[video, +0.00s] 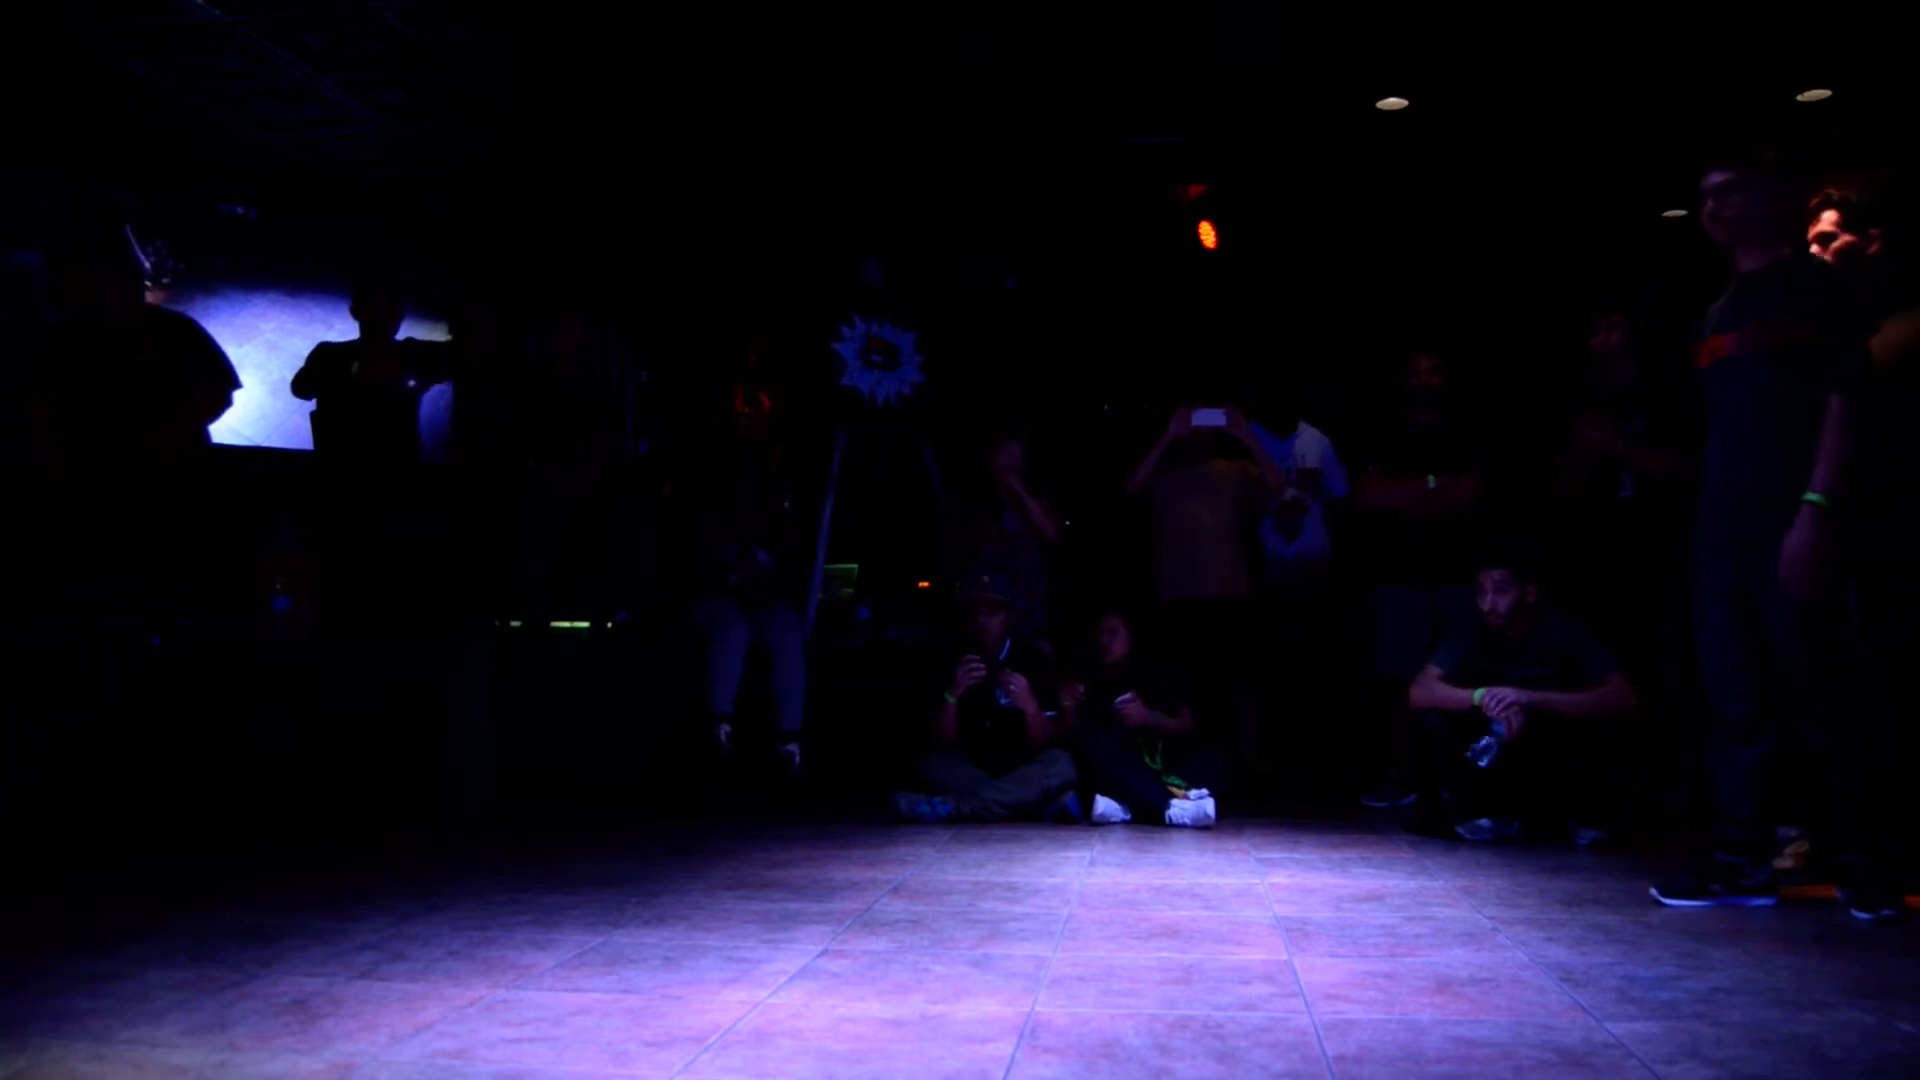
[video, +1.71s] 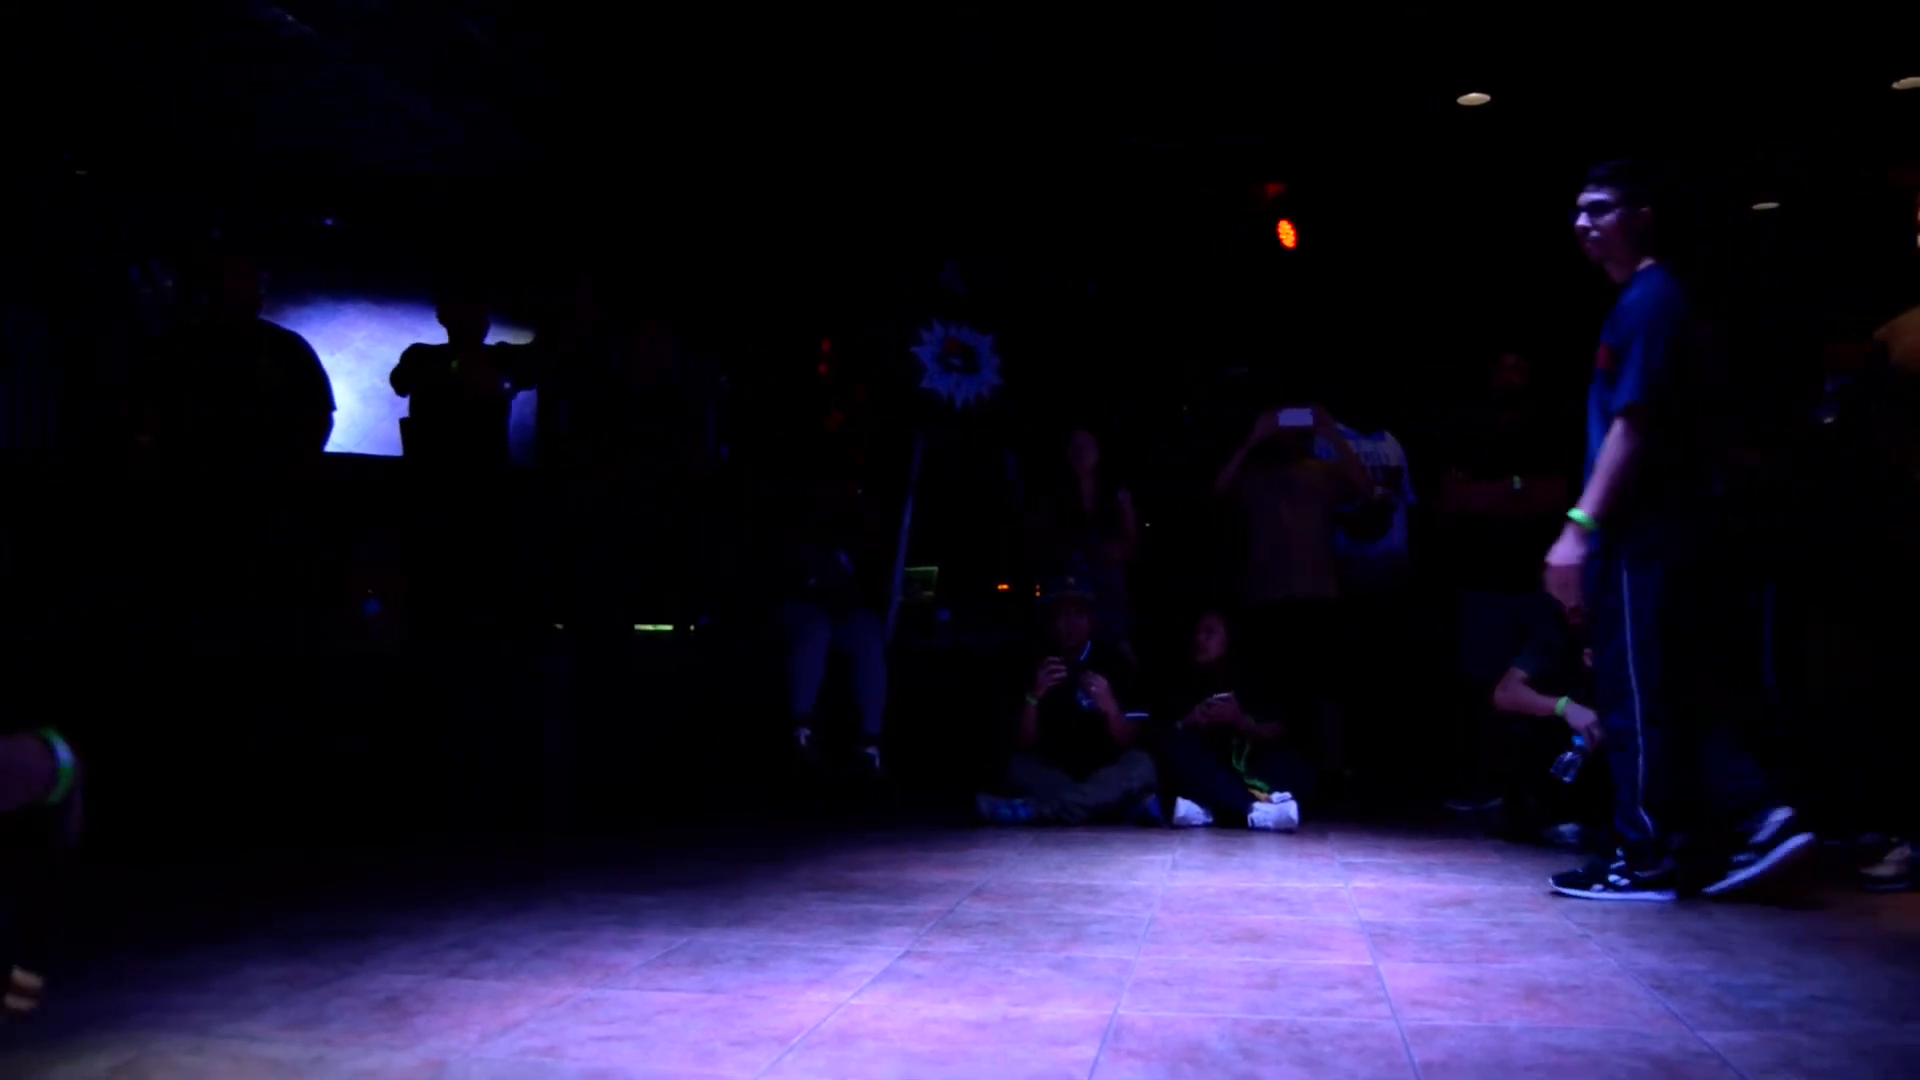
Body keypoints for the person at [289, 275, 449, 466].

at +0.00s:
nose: (382, 319)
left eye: (390, 309)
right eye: (373, 308)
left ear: (400, 313)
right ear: (355, 311)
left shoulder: (411, 354)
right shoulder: (329, 355)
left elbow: (459, 354)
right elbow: (300, 389)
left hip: (399, 458)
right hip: (341, 458)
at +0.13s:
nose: (381, 319)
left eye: (388, 310)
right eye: (372, 309)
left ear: (398, 313)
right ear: (353, 313)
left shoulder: (409, 356)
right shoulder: (328, 357)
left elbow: (459, 358)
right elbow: (300, 391)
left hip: (398, 459)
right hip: (341, 460)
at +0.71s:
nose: (395, 324)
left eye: (401, 314)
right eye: (387, 313)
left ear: (412, 316)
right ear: (369, 317)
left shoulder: (427, 357)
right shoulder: (346, 355)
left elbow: (466, 345)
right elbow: (314, 384)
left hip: (412, 457)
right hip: (356, 458)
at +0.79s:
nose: (411, 326)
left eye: (418, 316)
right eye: (403, 315)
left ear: (429, 318)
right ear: (386, 318)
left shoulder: (440, 357)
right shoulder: (363, 356)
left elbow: (481, 341)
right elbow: (333, 385)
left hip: (428, 458)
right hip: (372, 458)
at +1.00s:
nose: (444, 325)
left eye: (451, 315)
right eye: (436, 315)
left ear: (461, 317)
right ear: (419, 317)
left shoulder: (474, 357)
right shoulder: (397, 355)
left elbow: (515, 349)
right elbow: (368, 386)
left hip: (461, 456)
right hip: (406, 457)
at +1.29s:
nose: (471, 325)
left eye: (478, 317)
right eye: (463, 316)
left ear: (486, 320)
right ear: (443, 317)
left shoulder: (490, 359)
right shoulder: (417, 358)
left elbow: (536, 354)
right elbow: (389, 387)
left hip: (481, 461)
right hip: (427, 462)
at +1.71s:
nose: (472, 325)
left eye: (478, 315)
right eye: (461, 315)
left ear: (487, 318)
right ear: (442, 317)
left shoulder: (500, 358)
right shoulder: (422, 356)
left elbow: (541, 355)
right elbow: (399, 385)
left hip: (488, 458)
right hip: (432, 460)